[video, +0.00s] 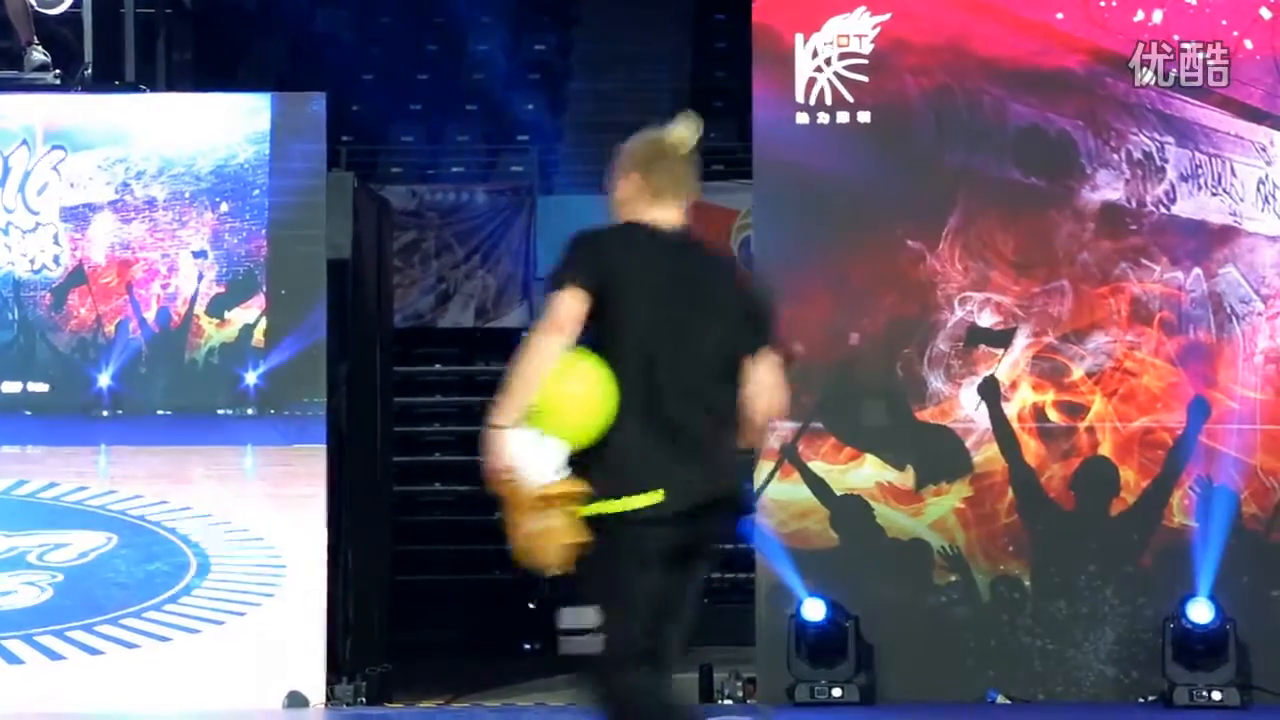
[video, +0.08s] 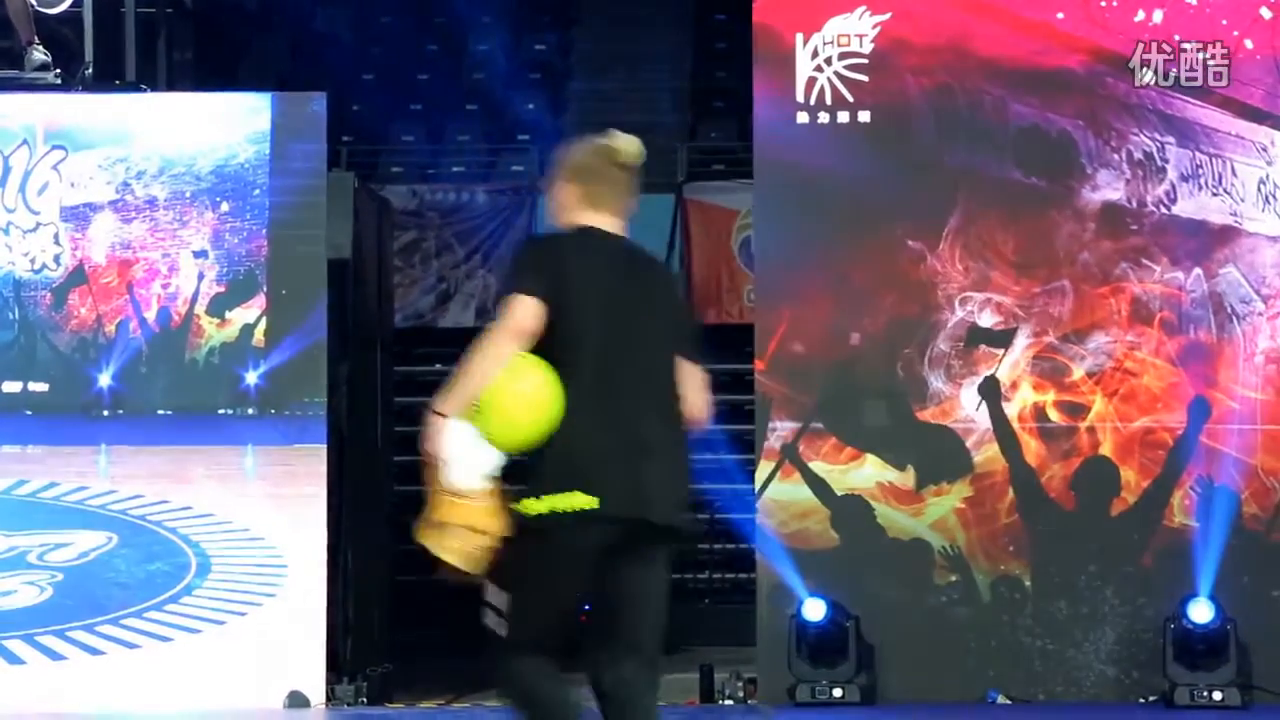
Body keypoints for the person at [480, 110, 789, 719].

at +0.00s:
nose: (611, 192)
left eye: (616, 181)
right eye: (616, 179)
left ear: (629, 185)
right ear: (687, 198)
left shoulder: (601, 250)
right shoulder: (728, 276)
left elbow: (556, 334)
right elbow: (767, 396)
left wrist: (503, 422)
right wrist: (738, 445)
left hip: (628, 489)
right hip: (711, 488)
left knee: (624, 666)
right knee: (654, 664)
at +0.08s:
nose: (549, 196)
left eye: (554, 186)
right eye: (554, 185)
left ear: (566, 191)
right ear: (627, 205)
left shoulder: (548, 254)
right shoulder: (660, 280)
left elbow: (516, 329)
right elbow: (695, 406)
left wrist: (445, 410)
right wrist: (623, 415)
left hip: (566, 495)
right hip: (652, 500)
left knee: (524, 654)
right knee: (627, 667)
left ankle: (572, 710)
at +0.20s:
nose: (446, 172)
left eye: (450, 159)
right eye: (448, 160)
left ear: (470, 159)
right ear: (521, 164)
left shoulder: (465, 229)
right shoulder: (571, 246)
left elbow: (441, 309)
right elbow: (604, 363)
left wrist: (363, 386)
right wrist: (550, 401)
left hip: (469, 461)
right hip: (558, 462)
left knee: (449, 620)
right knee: (578, 620)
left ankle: (436, 710)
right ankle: (611, 711)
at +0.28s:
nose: (381, 190)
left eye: (383, 176)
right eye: (383, 177)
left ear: (402, 171)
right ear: (455, 173)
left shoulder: (404, 242)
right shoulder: (510, 248)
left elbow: (378, 323)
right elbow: (557, 356)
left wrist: (303, 401)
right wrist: (517, 422)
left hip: (417, 466)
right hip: (501, 462)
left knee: (398, 616)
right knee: (508, 610)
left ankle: (378, 711)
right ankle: (571, 707)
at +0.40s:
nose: (298, 230)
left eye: (301, 218)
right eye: (299, 218)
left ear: (317, 218)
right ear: (367, 217)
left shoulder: (314, 285)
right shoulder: (427, 284)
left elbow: (291, 368)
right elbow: (493, 368)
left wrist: (227, 428)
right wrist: (473, 431)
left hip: (353, 497)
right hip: (432, 496)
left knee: (324, 656)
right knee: (408, 655)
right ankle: (470, 707)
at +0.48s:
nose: (259, 228)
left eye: (260, 215)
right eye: (260, 215)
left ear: (273, 212)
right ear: (321, 207)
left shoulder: (267, 280)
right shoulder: (380, 273)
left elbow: (224, 363)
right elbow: (436, 353)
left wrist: (180, 421)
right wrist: (435, 412)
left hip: (309, 483)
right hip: (384, 480)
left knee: (307, 634)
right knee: (362, 629)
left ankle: (324, 713)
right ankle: (368, 709)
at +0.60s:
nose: (204, 206)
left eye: (203, 195)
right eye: (203, 195)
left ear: (212, 191)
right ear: (261, 186)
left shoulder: (199, 254)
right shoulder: (322, 251)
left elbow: (139, 343)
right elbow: (357, 342)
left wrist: (109, 407)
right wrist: (366, 406)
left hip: (237, 451)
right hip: (308, 450)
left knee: (265, 601)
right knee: (270, 600)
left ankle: (307, 710)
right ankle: (254, 711)